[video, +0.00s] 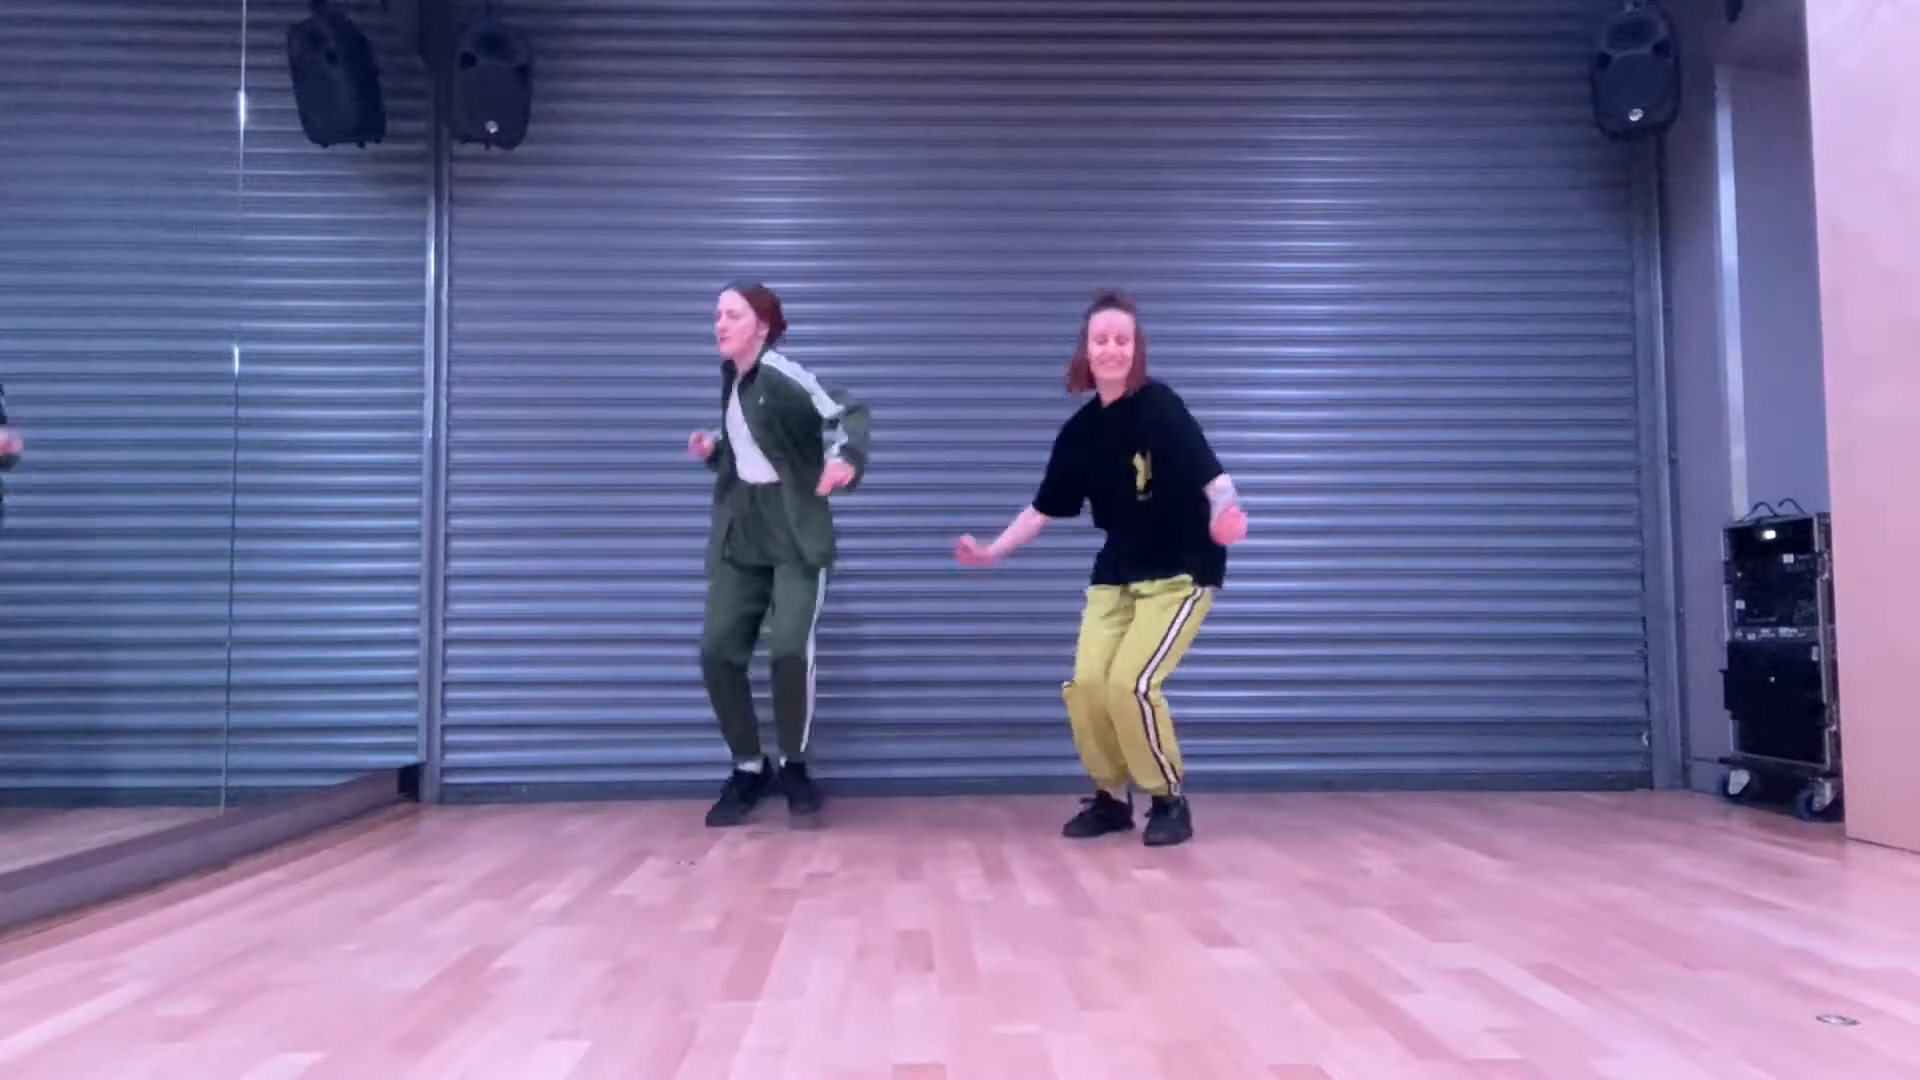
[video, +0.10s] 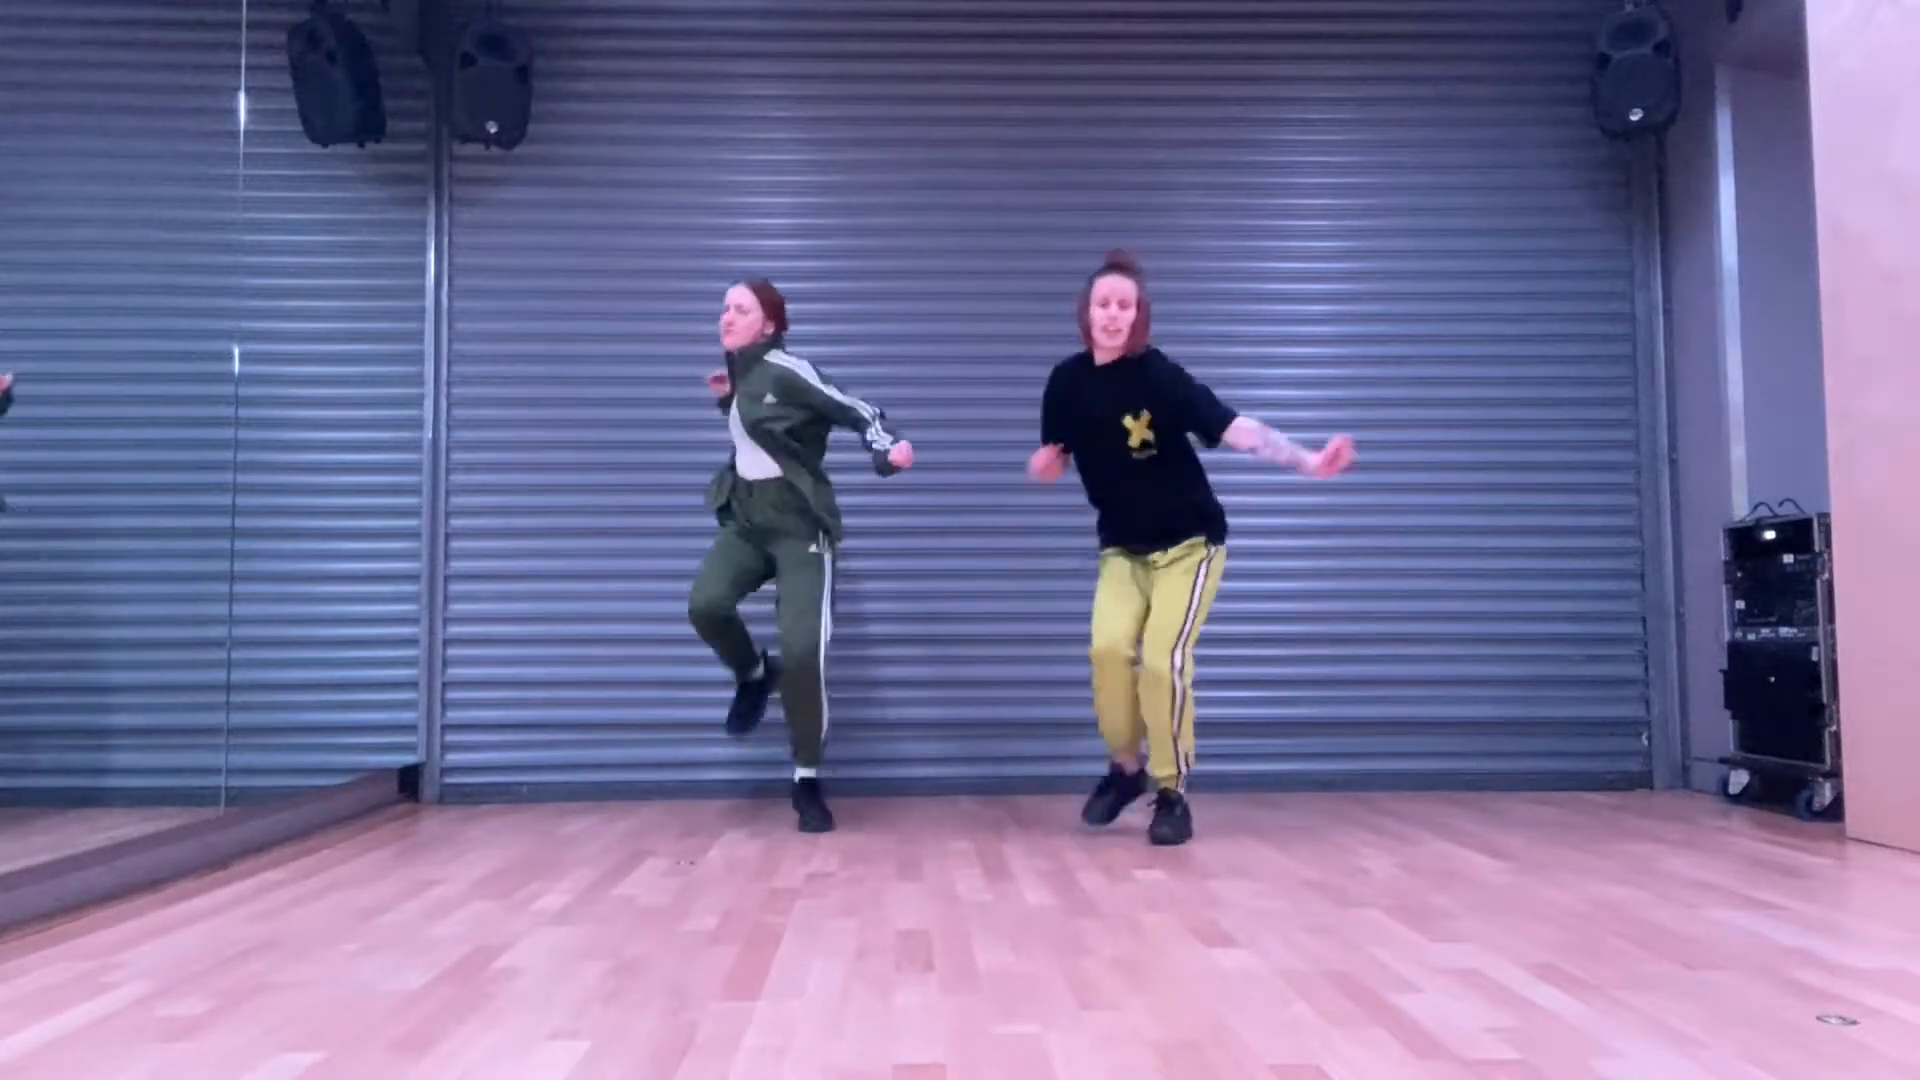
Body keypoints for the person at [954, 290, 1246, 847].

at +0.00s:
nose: (1111, 350)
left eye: (1122, 340)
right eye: (1101, 339)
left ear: (1137, 348)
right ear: (1085, 350)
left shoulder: (1161, 408)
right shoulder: (1079, 430)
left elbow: (1215, 484)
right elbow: (1043, 509)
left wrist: (1224, 519)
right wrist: (992, 552)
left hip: (1181, 573)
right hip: (1116, 575)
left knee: (1128, 683)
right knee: (1086, 684)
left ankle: (1168, 802)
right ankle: (1111, 801)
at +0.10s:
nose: (1113, 315)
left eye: (1125, 305)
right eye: (1103, 303)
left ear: (1140, 315)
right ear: (1085, 311)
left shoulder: (1159, 376)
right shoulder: (1067, 381)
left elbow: (1232, 428)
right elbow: (1055, 455)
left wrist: (1307, 460)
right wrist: (1047, 465)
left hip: (1189, 543)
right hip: (1123, 549)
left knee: (1161, 659)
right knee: (1108, 649)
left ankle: (1170, 792)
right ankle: (1127, 771)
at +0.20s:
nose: (1123, 308)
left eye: (1134, 299)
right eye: (1113, 297)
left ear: (1150, 308)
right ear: (1097, 305)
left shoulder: (1173, 375)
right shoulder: (1072, 365)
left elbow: (1262, 400)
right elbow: (1047, 433)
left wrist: (1352, 407)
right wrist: (1075, 431)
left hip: (1186, 532)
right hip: (1120, 533)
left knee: (1177, 657)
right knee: (1113, 607)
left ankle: (1176, 793)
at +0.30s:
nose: (1138, 291)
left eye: (1148, 281)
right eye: (1128, 281)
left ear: (1165, 293)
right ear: (1111, 291)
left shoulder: (1194, 361)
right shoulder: (1086, 354)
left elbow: (1280, 391)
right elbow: (1043, 410)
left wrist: (1360, 400)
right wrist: (1035, 427)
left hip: (1181, 530)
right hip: (1112, 523)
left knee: (1166, 658)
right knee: (1082, 581)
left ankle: (1174, 791)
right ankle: (1136, 636)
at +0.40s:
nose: (1154, 295)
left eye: (1164, 284)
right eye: (1143, 285)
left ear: (1181, 293)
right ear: (1127, 298)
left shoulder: (1218, 359)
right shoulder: (1108, 363)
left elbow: (1268, 397)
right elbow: (1027, 412)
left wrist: (1288, 405)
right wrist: (945, 444)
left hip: (1178, 536)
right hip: (1107, 523)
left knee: (1148, 663)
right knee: (1033, 597)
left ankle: (1169, 796)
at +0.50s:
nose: (1161, 284)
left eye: (1171, 280)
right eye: (1150, 280)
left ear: (1188, 303)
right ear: (1133, 305)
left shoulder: (1226, 368)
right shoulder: (1108, 375)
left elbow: (1305, 376)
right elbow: (1019, 400)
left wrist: (1266, 395)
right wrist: (931, 418)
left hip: (1180, 553)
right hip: (1108, 545)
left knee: (1148, 669)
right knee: (1026, 634)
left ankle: (1167, 799)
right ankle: (918, 721)